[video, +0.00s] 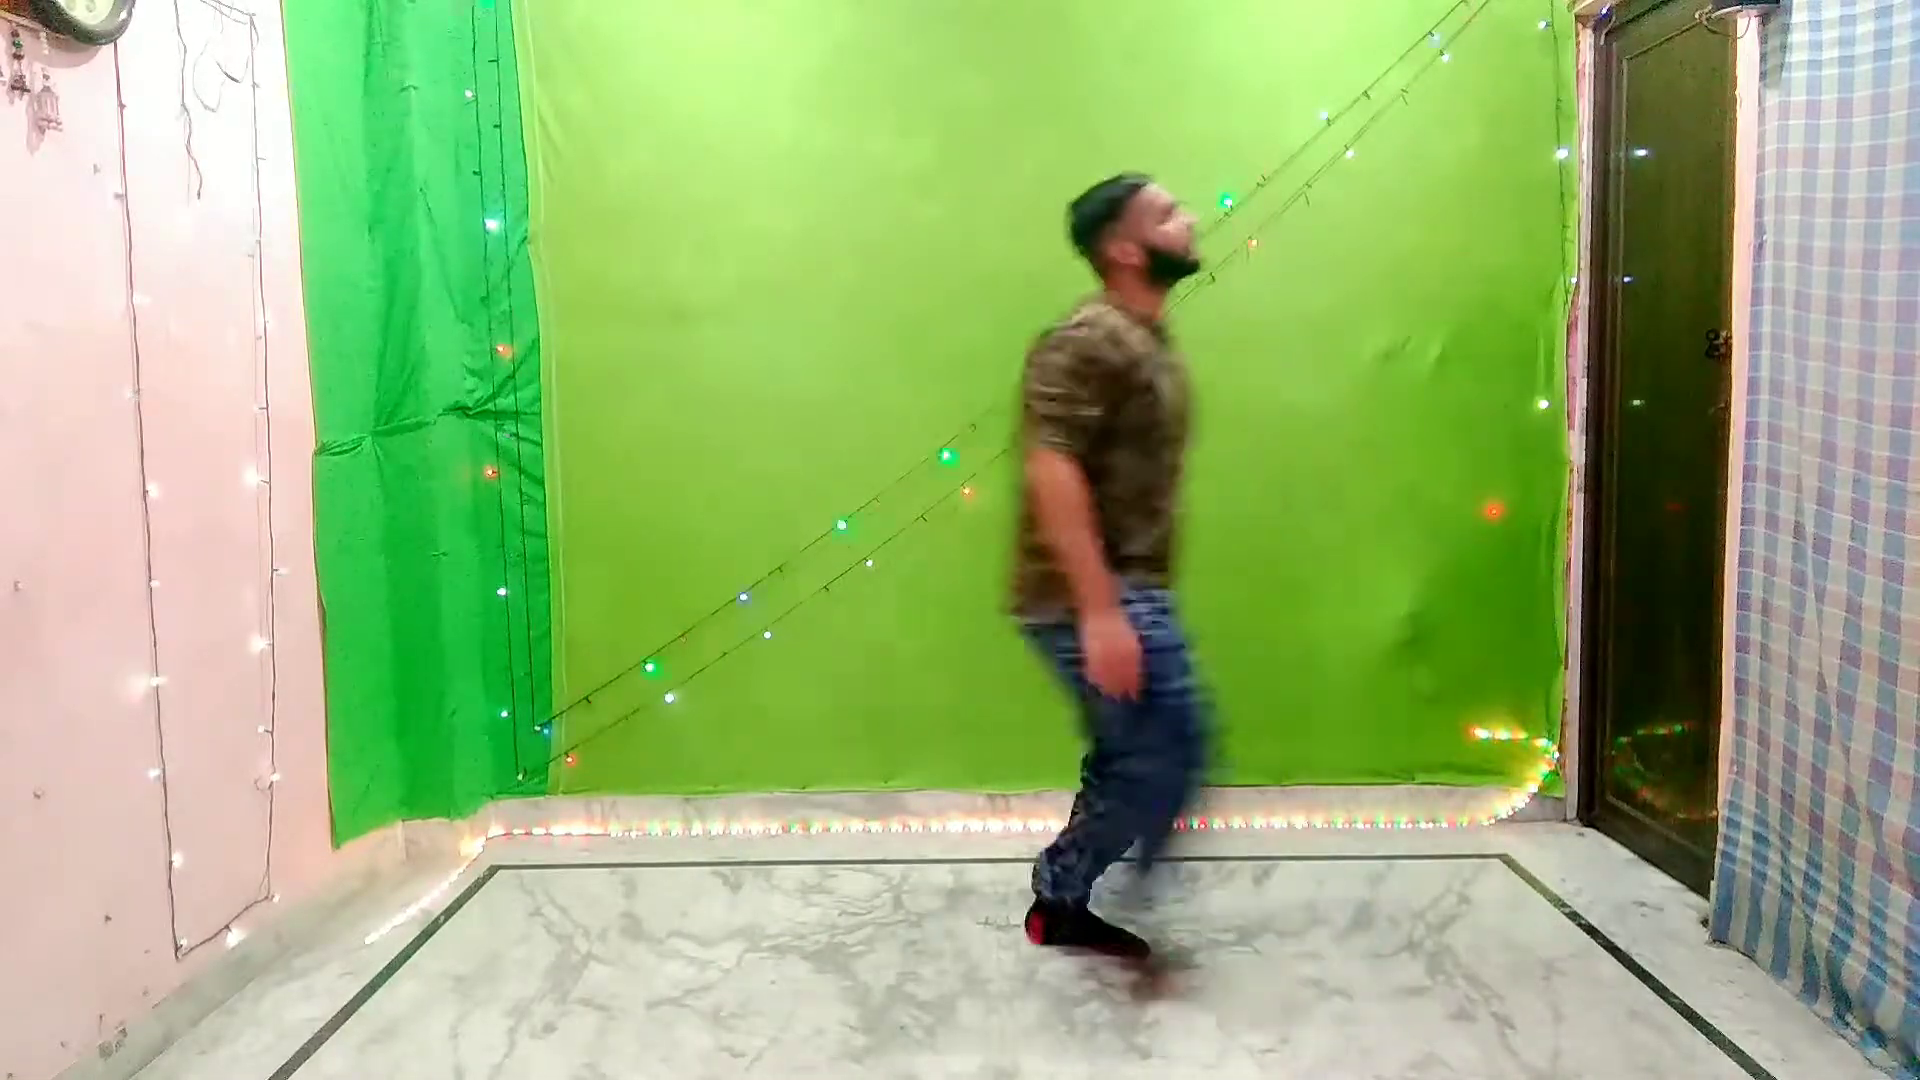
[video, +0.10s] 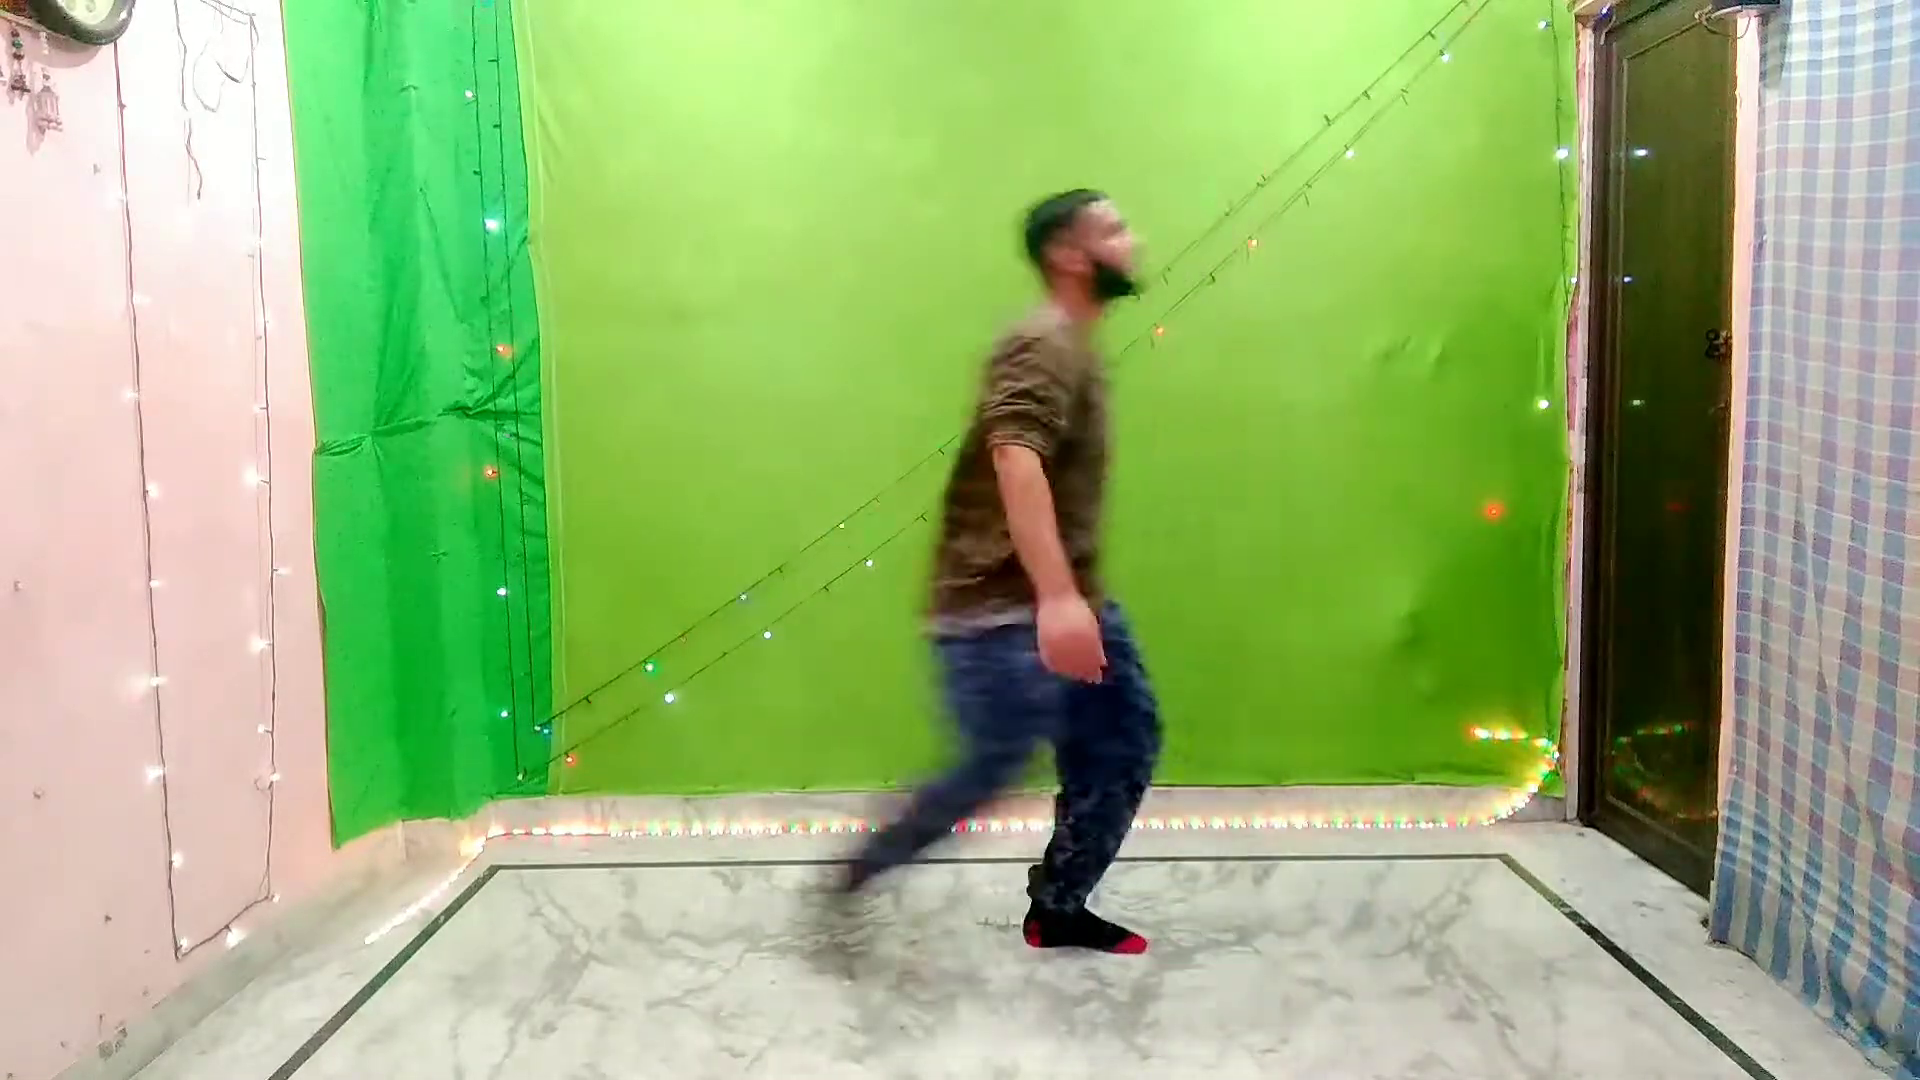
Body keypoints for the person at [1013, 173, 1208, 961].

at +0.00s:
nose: (1187, 223)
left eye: (1178, 209)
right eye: (1166, 214)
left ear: (1134, 250)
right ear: (1123, 249)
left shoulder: (1146, 346)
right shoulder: (1084, 344)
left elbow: (1115, 479)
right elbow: (1052, 473)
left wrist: (1146, 593)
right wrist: (1100, 612)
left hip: (1131, 590)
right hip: (1092, 596)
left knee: (1150, 742)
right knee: (1161, 741)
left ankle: (1089, 899)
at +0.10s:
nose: (1128, 243)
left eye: (1123, 229)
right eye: (1111, 231)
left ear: (1080, 256)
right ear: (1066, 255)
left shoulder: (1074, 351)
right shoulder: (1040, 348)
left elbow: (1044, 478)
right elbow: (1015, 461)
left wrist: (1069, 588)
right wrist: (1058, 596)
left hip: (1064, 607)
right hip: (993, 614)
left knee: (1121, 740)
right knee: (996, 755)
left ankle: (1060, 905)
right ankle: (852, 873)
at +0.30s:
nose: (876, 251)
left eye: (882, 232)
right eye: (855, 242)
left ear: (905, 240)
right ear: (834, 266)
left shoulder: (970, 353)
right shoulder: (824, 374)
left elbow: (1008, 467)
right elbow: (748, 469)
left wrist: (1019, 573)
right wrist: (861, 418)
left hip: (1006, 606)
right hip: (897, 620)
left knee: (1086, 726)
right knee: (838, 771)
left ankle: (1055, 903)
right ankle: (733, 891)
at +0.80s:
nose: (824, 256)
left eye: (821, 246)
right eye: (801, 253)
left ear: (829, 266)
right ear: (760, 286)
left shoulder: (900, 347)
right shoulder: (721, 405)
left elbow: (1007, 362)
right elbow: (624, 452)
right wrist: (502, 443)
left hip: (937, 607)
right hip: (810, 631)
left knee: (1023, 745)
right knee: (766, 782)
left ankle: (1063, 896)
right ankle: (724, 915)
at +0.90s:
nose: (856, 251)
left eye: (852, 241)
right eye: (834, 247)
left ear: (843, 267)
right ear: (789, 279)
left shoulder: (926, 329)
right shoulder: (743, 395)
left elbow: (1031, 289)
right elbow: (645, 440)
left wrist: (1129, 244)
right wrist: (523, 437)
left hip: (946, 603)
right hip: (814, 622)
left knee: (1029, 744)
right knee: (768, 777)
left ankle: (1062, 899)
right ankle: (721, 922)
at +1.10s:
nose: (846, 260)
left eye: (843, 249)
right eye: (825, 256)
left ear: (848, 264)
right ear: (782, 288)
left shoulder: (911, 353)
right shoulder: (744, 399)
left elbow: (995, 416)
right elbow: (660, 459)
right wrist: (546, 427)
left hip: (944, 599)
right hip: (814, 619)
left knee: (1024, 742)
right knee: (765, 768)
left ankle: (1060, 894)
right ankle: (728, 909)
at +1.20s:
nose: (812, 278)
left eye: (816, 261)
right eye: (792, 274)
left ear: (837, 264)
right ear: (767, 299)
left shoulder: (896, 351)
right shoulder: (741, 398)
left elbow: (931, 443)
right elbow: (679, 471)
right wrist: (602, 434)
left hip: (928, 591)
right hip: (800, 608)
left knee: (1008, 739)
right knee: (753, 762)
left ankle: (1060, 892)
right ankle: (737, 904)